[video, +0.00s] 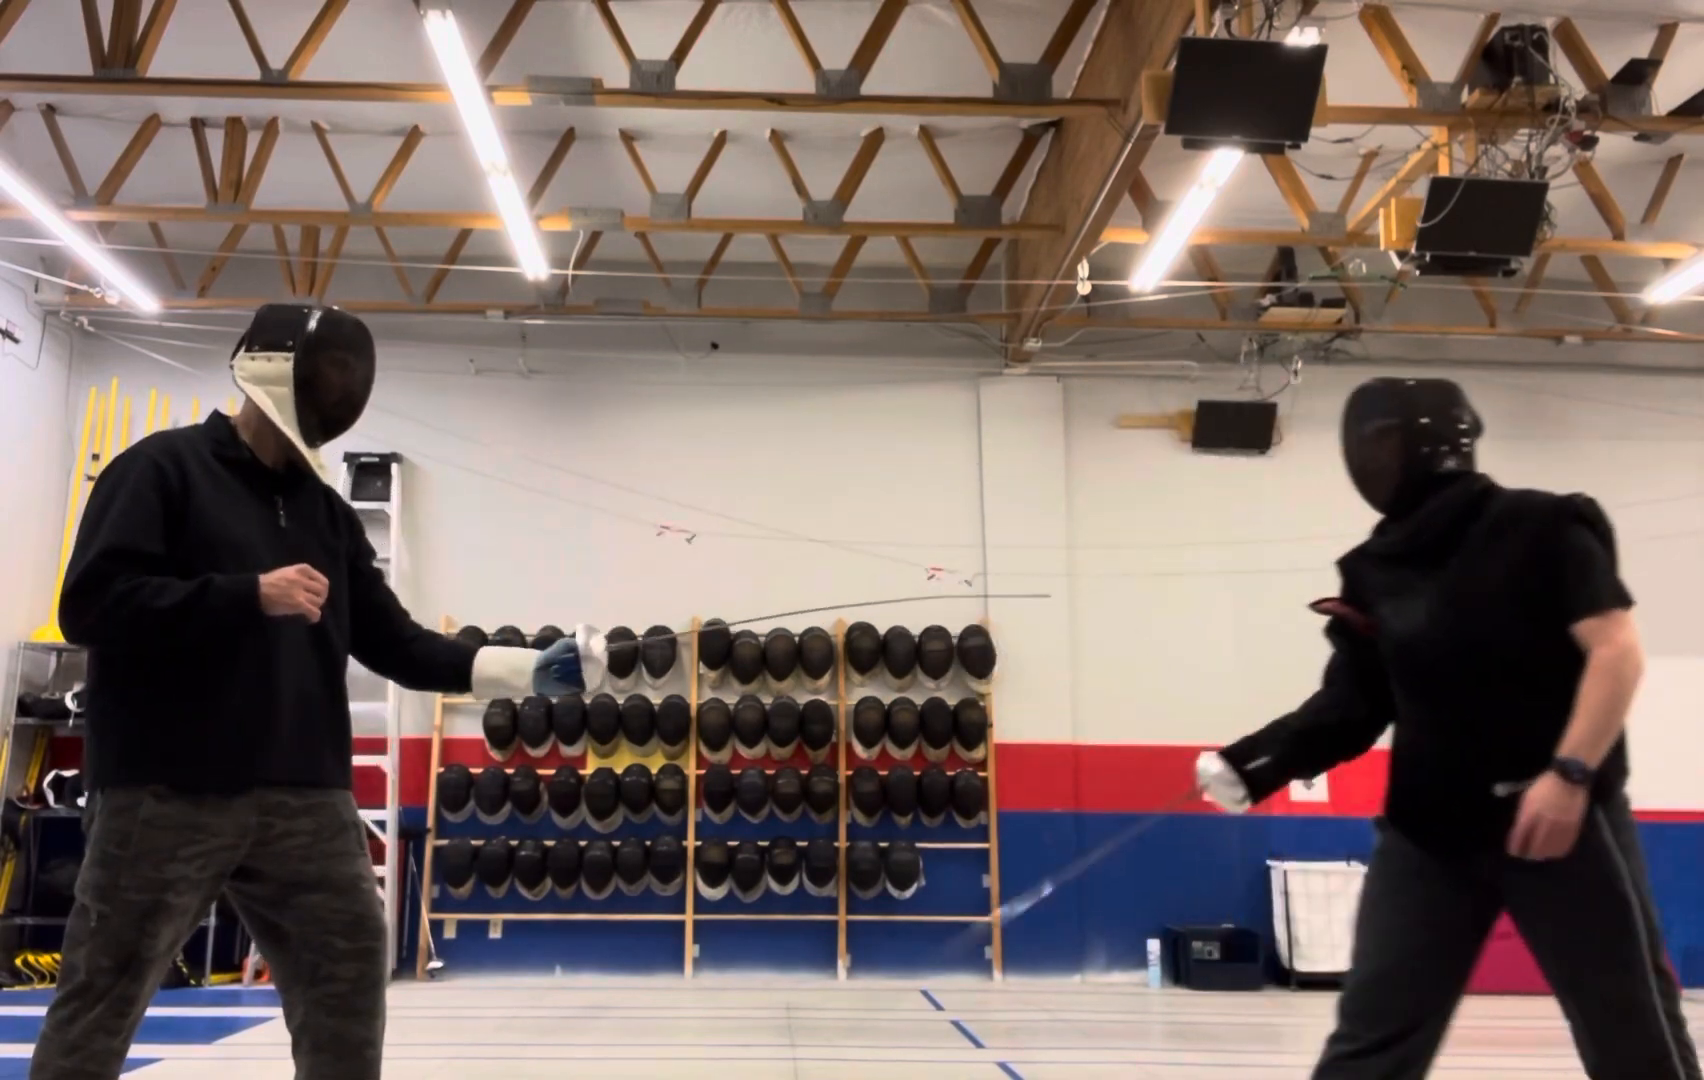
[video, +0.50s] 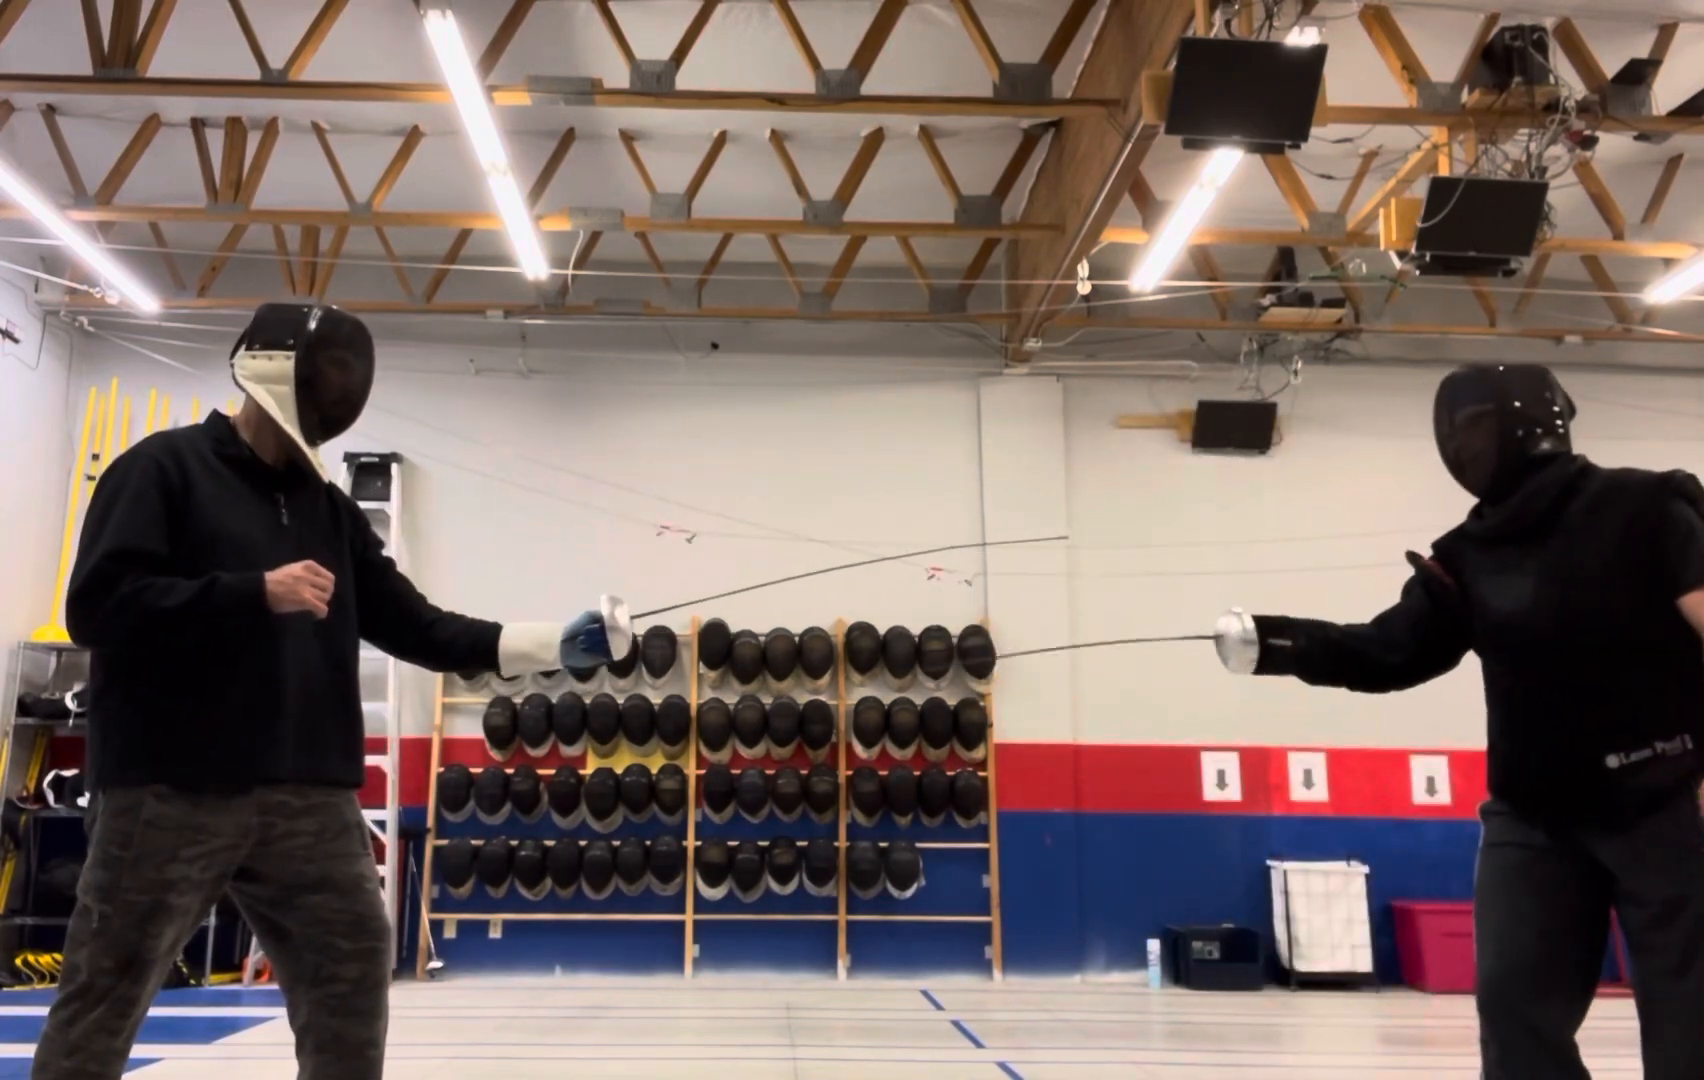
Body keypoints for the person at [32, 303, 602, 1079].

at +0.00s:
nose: (333, 412)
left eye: (340, 401)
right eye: (315, 393)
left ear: (345, 407)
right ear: (261, 377)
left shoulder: (324, 511)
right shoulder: (154, 471)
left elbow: (388, 639)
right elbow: (90, 604)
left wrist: (512, 667)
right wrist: (247, 593)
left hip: (302, 799)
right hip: (164, 794)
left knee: (347, 976)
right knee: (101, 1000)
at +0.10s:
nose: (322, 403)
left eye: (336, 388)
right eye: (310, 380)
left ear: (338, 394)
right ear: (258, 367)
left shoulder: (325, 512)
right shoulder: (152, 470)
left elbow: (399, 633)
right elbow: (92, 604)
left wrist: (527, 657)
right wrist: (248, 590)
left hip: (301, 796)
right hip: (163, 792)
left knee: (344, 977)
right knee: (101, 999)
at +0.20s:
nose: (323, 400)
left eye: (335, 385)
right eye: (311, 378)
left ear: (335, 393)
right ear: (259, 367)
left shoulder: (323, 510)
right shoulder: (151, 470)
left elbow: (404, 629)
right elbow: (94, 606)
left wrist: (538, 651)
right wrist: (249, 588)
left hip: (301, 797)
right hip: (163, 792)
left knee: (345, 979)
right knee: (100, 1003)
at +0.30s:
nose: (328, 400)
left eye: (338, 385)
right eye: (316, 377)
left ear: (334, 393)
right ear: (264, 367)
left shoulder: (324, 509)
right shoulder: (152, 470)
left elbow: (407, 627)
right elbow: (94, 607)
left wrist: (543, 645)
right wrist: (251, 590)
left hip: (303, 797)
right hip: (165, 793)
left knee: (347, 977)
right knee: (101, 1004)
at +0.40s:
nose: (315, 414)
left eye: (328, 400)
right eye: (306, 390)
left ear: (334, 401)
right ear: (259, 370)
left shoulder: (324, 508)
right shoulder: (153, 471)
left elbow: (408, 626)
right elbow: (95, 607)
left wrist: (545, 645)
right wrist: (252, 591)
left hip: (304, 798)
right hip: (165, 794)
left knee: (349, 976)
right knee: (101, 1003)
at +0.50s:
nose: (320, 418)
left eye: (332, 402)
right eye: (311, 392)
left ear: (335, 401)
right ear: (264, 373)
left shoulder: (327, 511)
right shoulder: (155, 470)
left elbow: (413, 625)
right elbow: (97, 606)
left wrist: (551, 645)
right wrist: (253, 590)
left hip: (305, 799)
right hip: (166, 794)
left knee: (350, 974)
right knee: (102, 1002)